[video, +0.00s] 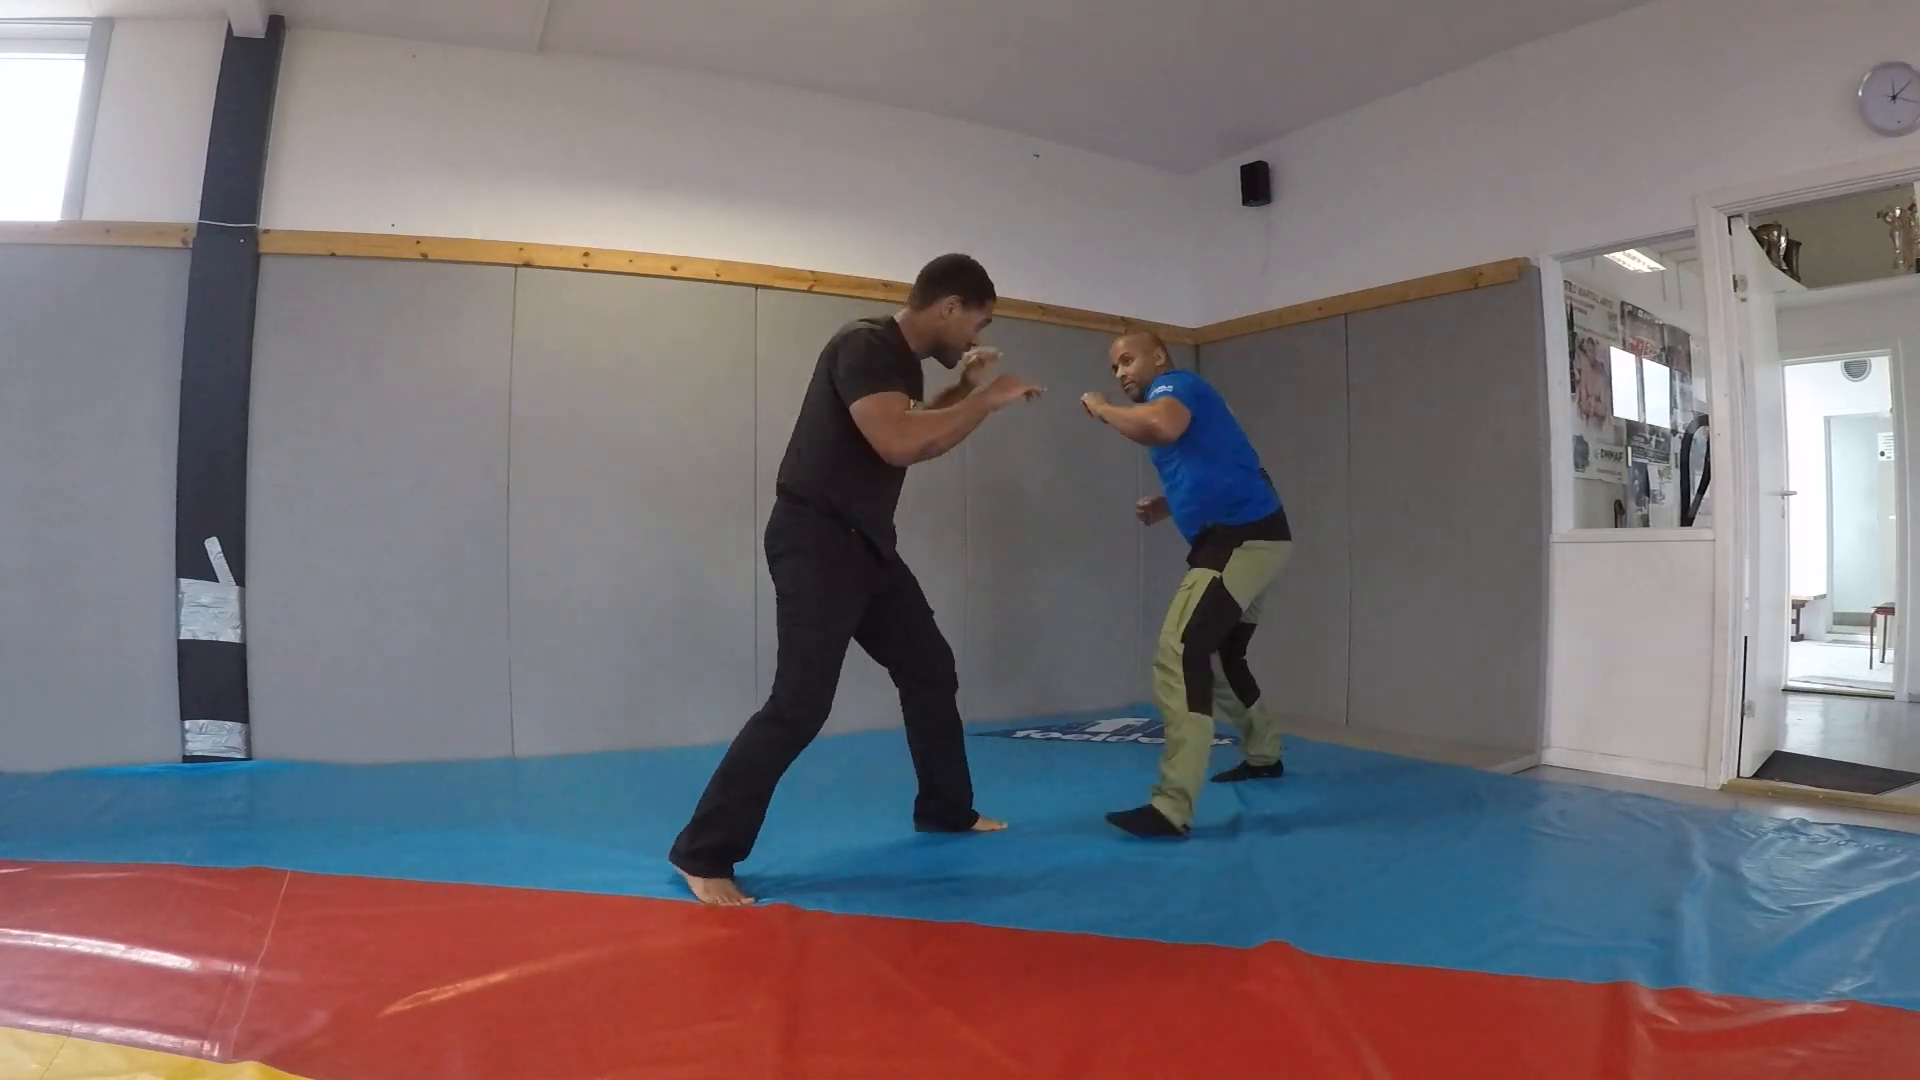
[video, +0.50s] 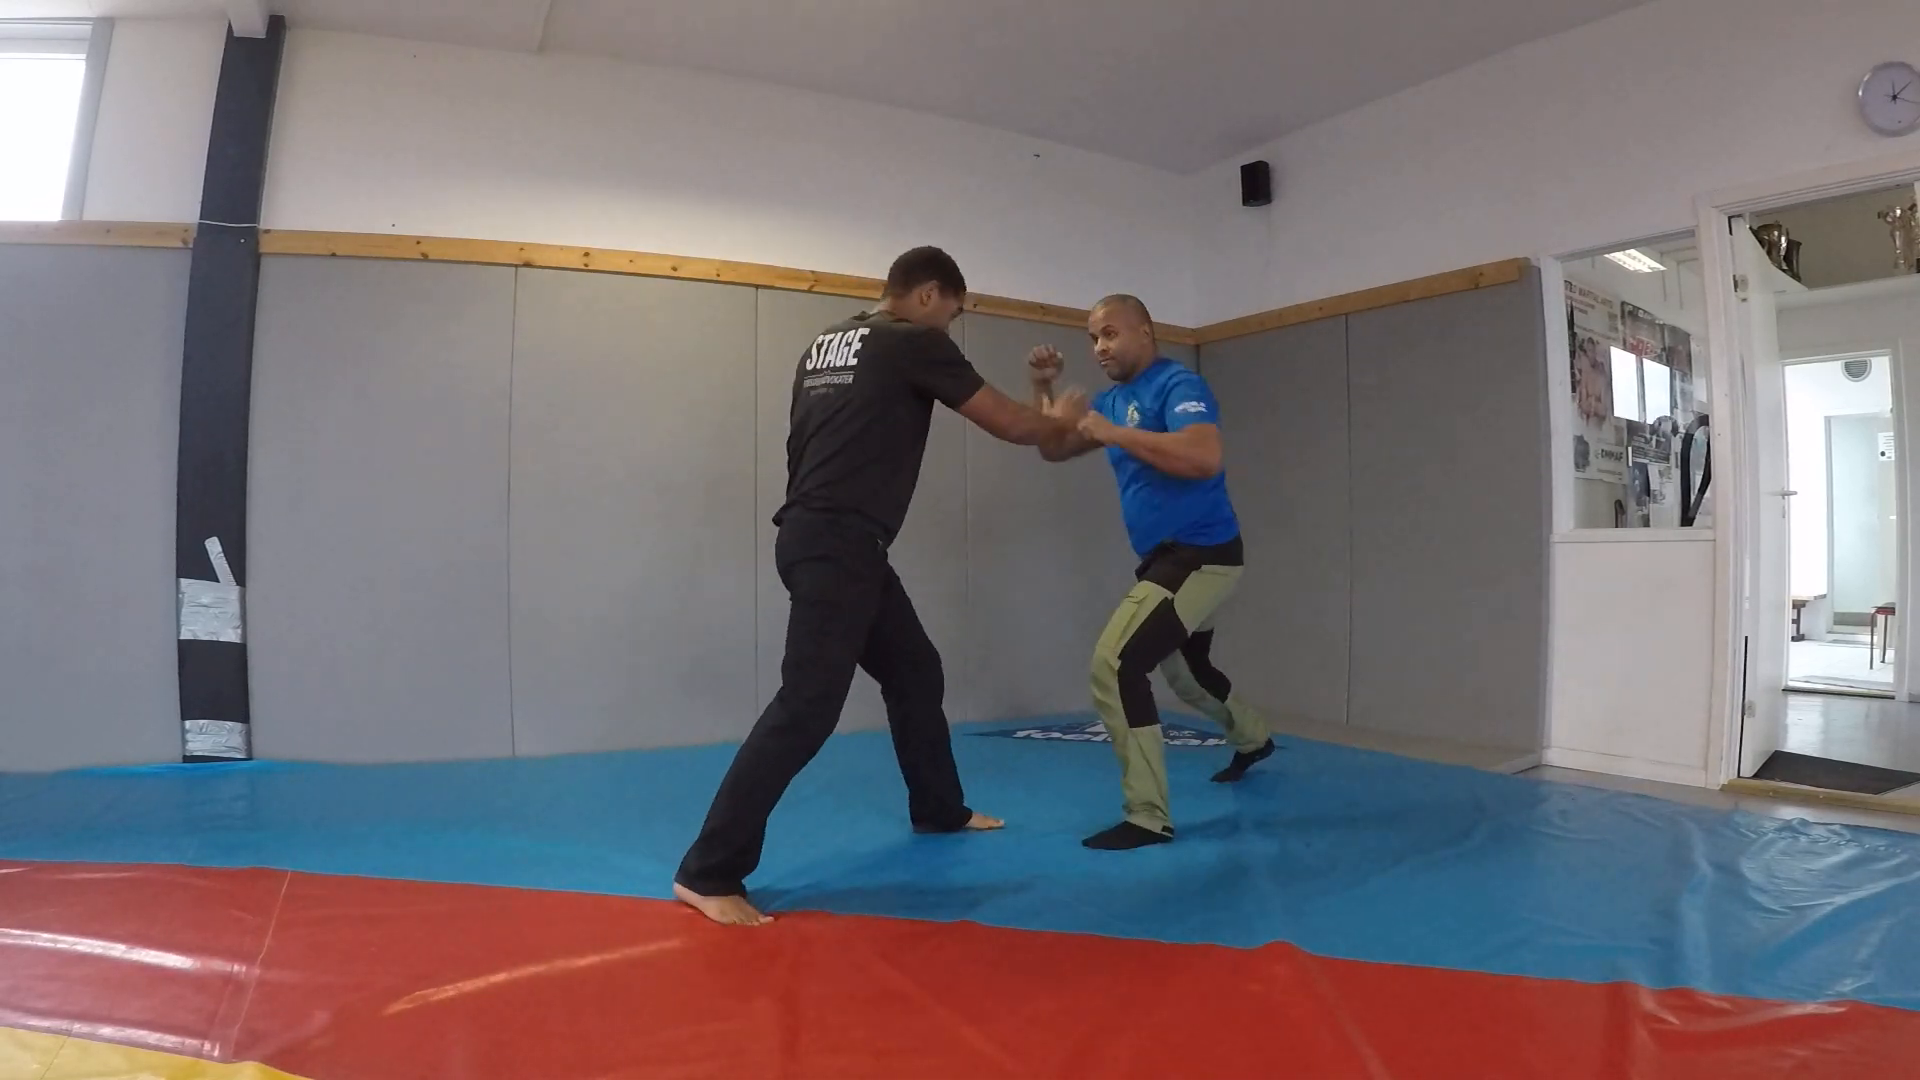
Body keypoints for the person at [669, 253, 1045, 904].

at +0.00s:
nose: (972, 337)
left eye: (977, 328)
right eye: (974, 324)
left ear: (940, 308)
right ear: (949, 307)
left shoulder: (903, 362)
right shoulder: (866, 346)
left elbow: (912, 437)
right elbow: (898, 442)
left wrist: (961, 390)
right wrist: (986, 400)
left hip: (866, 547)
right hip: (816, 539)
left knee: (929, 668)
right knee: (799, 705)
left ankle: (945, 810)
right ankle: (703, 855)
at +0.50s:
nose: (950, 324)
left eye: (954, 315)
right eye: (950, 312)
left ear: (896, 293)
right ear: (926, 294)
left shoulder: (827, 346)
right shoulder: (915, 343)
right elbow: (1013, 423)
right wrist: (1062, 420)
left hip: (816, 538)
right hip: (841, 544)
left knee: (914, 669)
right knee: (805, 712)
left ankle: (939, 811)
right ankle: (708, 874)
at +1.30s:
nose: (864, 333)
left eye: (864, 327)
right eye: (864, 324)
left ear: (812, 314)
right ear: (850, 312)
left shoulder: (761, 359)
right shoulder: (834, 345)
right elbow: (917, 376)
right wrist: (923, 341)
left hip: (747, 535)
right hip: (780, 539)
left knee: (832, 665)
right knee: (765, 700)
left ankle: (818, 799)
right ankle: (657, 853)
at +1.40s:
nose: (856, 339)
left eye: (856, 332)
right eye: (855, 332)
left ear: (799, 326)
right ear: (841, 326)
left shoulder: (751, 374)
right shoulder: (842, 350)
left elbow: (746, 461)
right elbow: (959, 330)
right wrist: (953, 325)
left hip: (738, 538)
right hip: (786, 535)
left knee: (829, 663)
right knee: (765, 693)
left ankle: (820, 802)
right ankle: (656, 848)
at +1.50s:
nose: (856, 343)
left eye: (856, 337)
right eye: (855, 336)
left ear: (799, 329)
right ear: (841, 328)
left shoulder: (749, 378)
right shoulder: (838, 347)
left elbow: (735, 471)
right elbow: (960, 355)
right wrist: (980, 368)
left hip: (739, 533)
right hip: (781, 530)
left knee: (825, 666)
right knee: (758, 687)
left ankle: (820, 802)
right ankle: (657, 847)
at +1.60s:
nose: (859, 344)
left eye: (857, 338)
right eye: (857, 336)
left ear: (803, 327)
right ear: (843, 327)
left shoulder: (756, 374)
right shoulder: (836, 348)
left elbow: (736, 467)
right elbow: (936, 397)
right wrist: (961, 413)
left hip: (737, 529)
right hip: (776, 526)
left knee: (816, 664)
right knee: (746, 681)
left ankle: (819, 801)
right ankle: (658, 844)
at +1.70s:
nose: (864, 357)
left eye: (865, 349)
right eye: (864, 346)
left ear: (817, 329)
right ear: (849, 330)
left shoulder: (774, 367)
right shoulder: (829, 349)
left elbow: (748, 451)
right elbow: (862, 417)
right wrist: (922, 435)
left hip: (745, 526)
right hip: (762, 526)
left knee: (811, 666)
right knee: (750, 678)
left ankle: (819, 802)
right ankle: (655, 841)